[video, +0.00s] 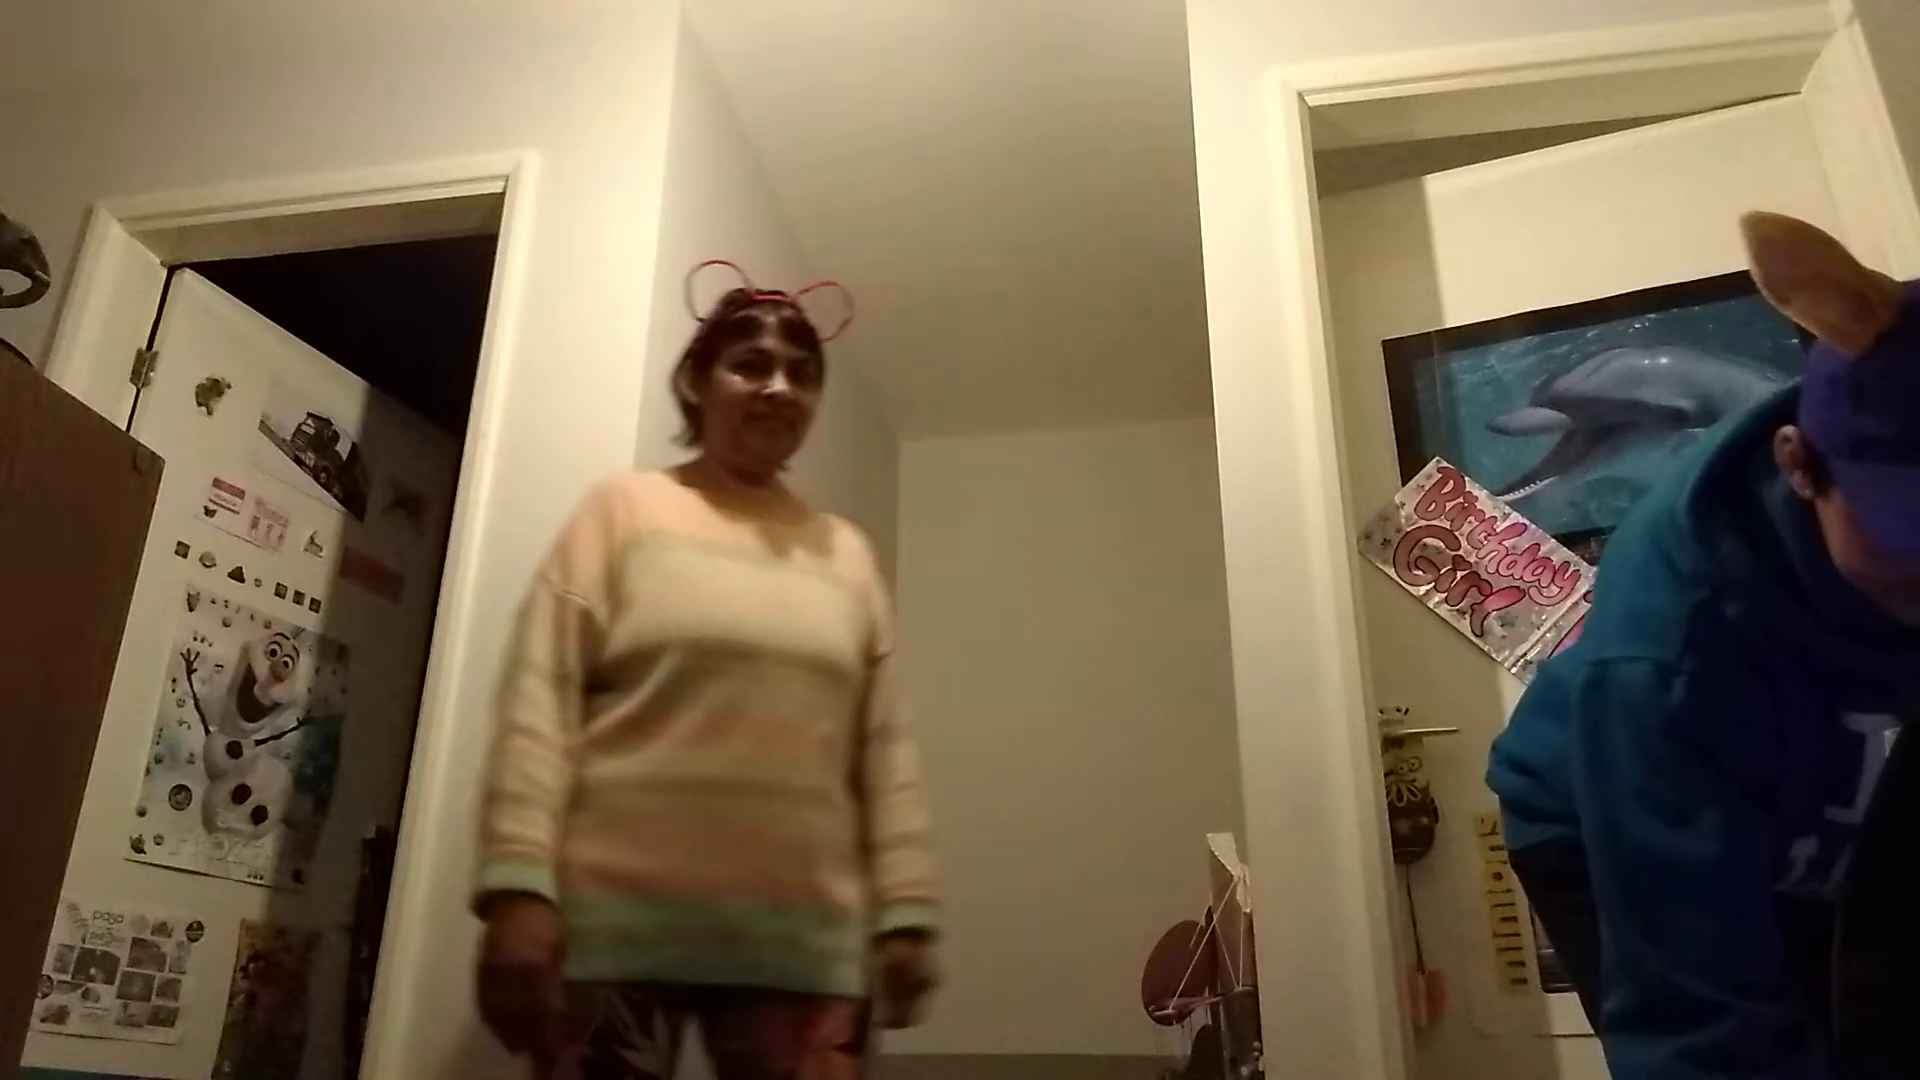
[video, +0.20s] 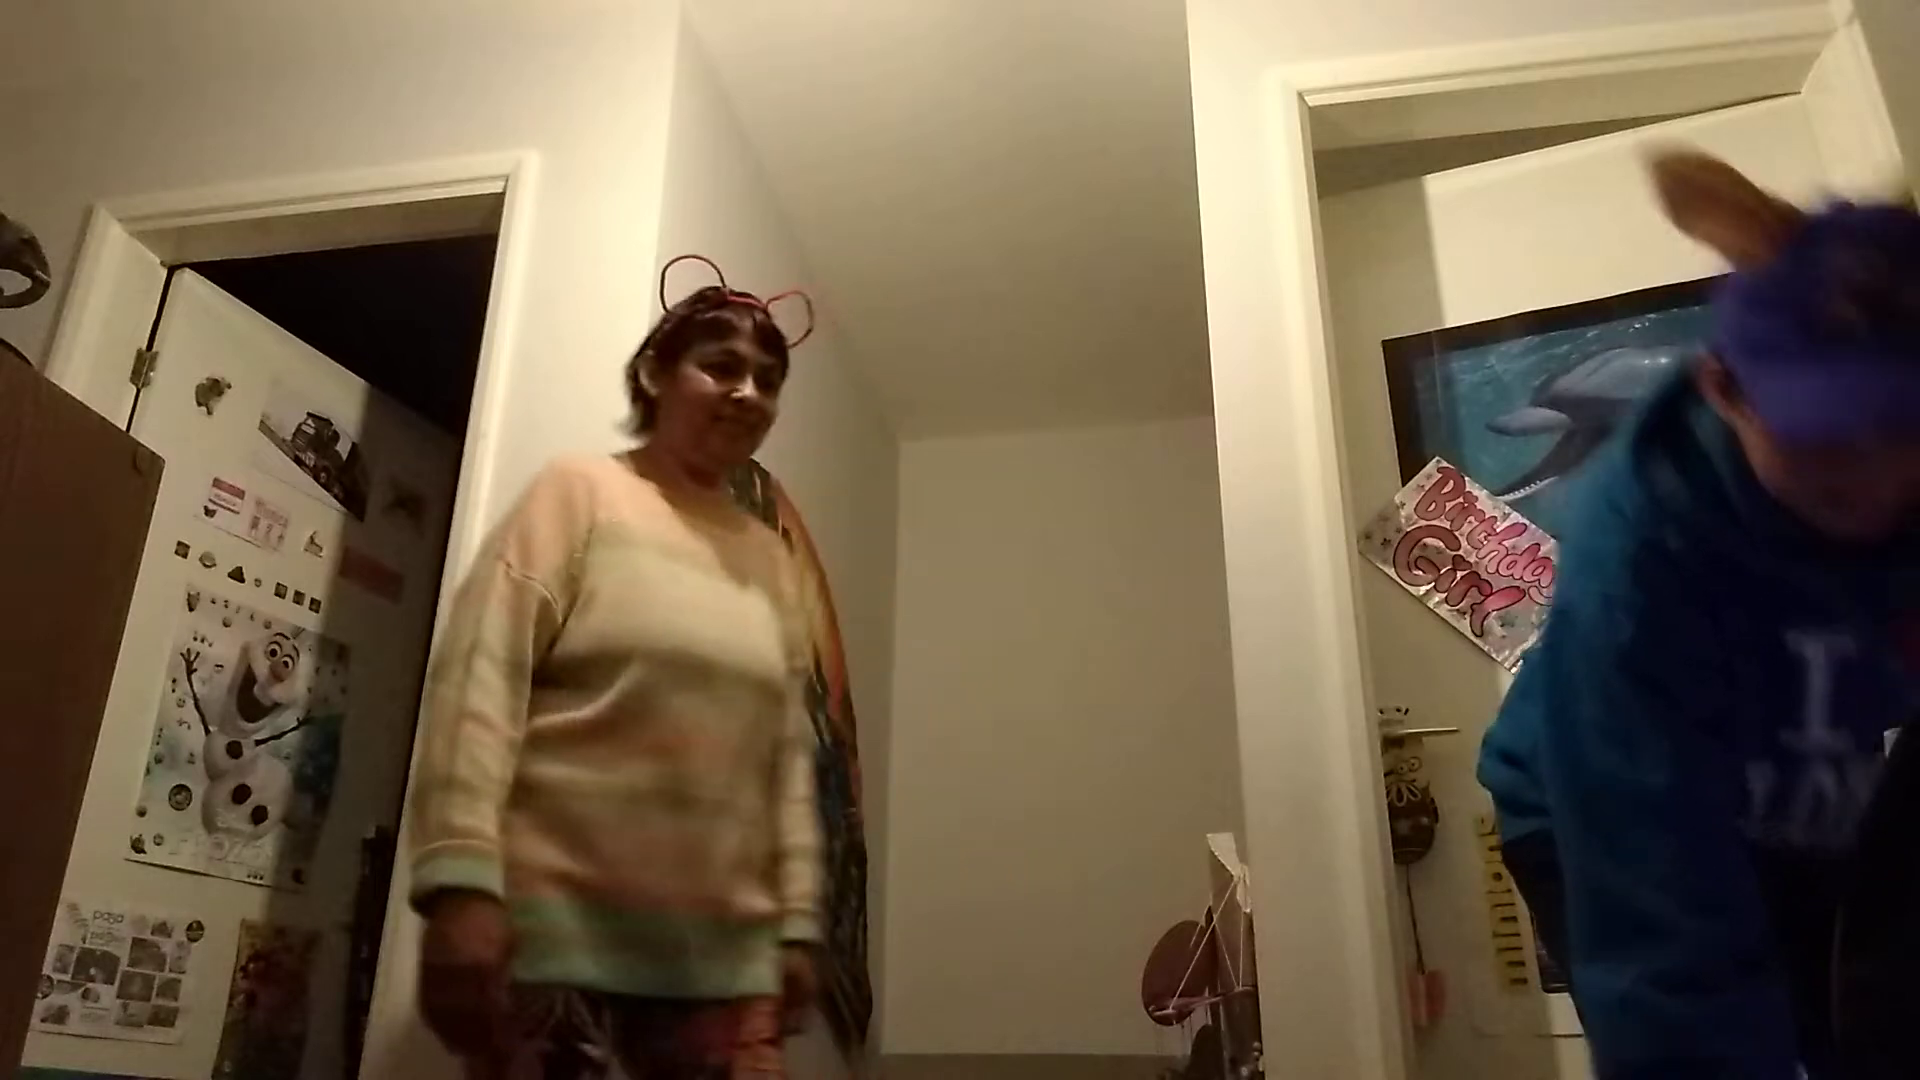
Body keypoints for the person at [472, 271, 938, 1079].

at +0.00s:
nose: (778, 389)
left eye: (800, 373)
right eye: (750, 366)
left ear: (817, 399)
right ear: (696, 383)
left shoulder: (846, 553)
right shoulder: (621, 512)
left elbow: (885, 747)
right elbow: (537, 704)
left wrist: (906, 918)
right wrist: (518, 891)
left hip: (800, 947)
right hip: (612, 937)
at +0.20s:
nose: (746, 391)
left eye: (766, 380)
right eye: (721, 366)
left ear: (776, 410)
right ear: (656, 372)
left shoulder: (774, 557)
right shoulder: (578, 494)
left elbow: (793, 754)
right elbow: (477, 684)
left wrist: (797, 929)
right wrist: (461, 889)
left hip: (722, 960)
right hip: (551, 951)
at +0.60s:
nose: (717, 419)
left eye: (730, 406)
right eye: (700, 387)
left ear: (729, 426)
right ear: (622, 377)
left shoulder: (654, 546)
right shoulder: (542, 487)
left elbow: (638, 768)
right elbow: (464, 697)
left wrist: (649, 935)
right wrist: (476, 906)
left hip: (584, 950)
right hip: (482, 931)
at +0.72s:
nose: (704, 443)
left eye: (715, 430)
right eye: (688, 411)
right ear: (611, 396)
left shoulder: (627, 560)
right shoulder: (528, 498)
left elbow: (613, 771)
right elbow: (440, 701)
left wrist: (632, 933)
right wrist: (431, 912)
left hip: (543, 942)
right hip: (465, 926)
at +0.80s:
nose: (695, 459)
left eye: (705, 446)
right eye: (679, 427)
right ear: (603, 412)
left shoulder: (608, 570)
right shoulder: (516, 510)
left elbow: (600, 777)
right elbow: (417, 709)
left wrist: (618, 935)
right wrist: (401, 917)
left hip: (517, 959)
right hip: (429, 941)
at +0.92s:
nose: (676, 475)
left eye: (686, 463)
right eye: (662, 444)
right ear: (586, 429)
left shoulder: (592, 584)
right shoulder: (494, 518)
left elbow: (573, 784)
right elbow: (387, 706)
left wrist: (584, 946)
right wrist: (365, 917)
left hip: (463, 959)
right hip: (377, 941)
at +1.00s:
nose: (662, 475)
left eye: (673, 465)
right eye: (650, 446)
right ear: (574, 429)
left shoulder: (576, 583)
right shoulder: (479, 517)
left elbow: (563, 779)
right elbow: (373, 706)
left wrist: (564, 945)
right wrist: (357, 914)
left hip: (443, 955)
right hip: (349, 930)